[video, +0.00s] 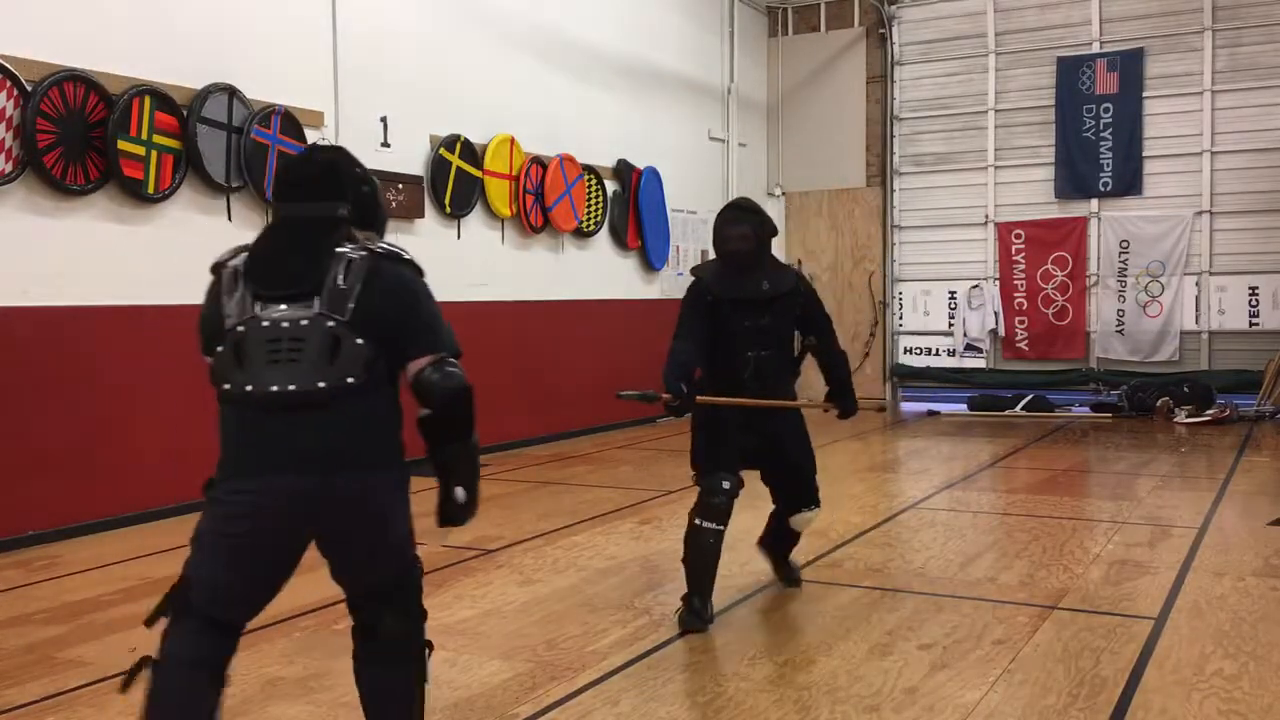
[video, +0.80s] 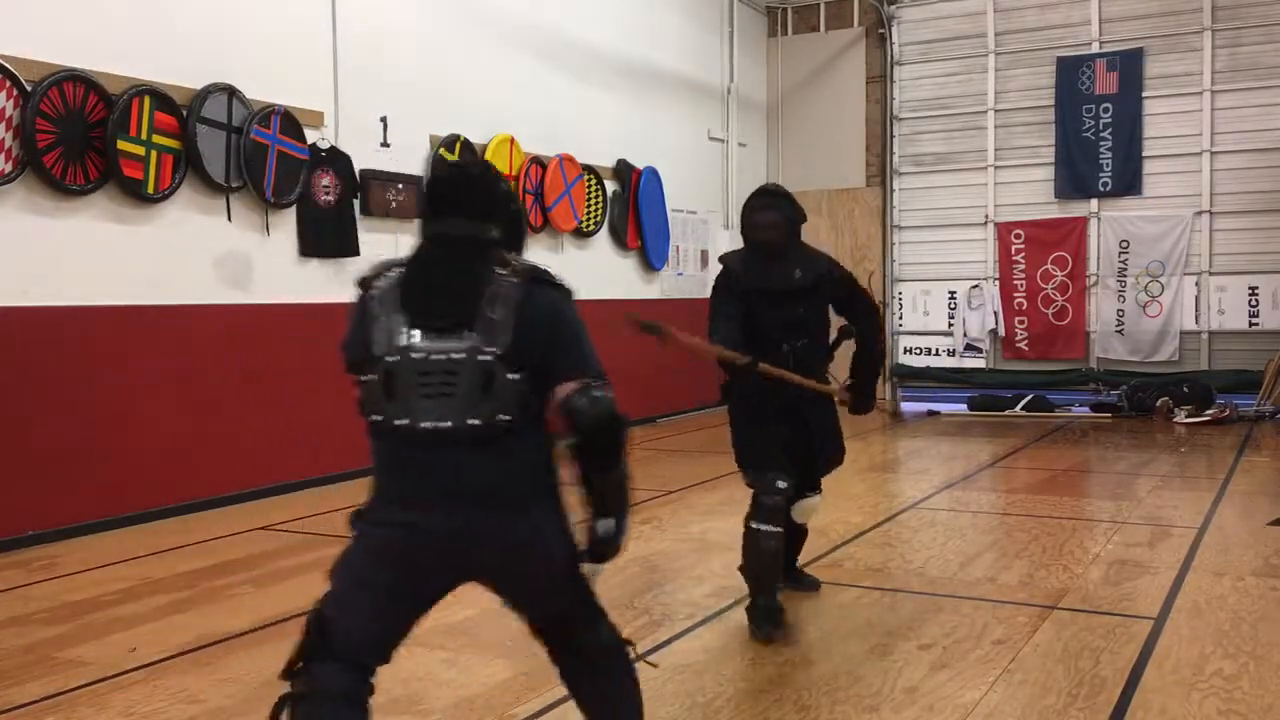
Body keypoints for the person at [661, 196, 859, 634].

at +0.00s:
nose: (737, 251)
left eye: (745, 241)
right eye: (728, 242)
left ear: (764, 240)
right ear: (716, 243)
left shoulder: (790, 285)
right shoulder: (707, 287)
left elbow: (823, 338)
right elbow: (686, 341)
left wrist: (842, 390)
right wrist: (676, 382)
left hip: (776, 407)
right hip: (719, 406)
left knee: (802, 502)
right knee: (716, 494)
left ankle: (776, 546)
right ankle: (698, 597)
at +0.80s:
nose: (765, 236)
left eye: (774, 226)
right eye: (755, 227)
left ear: (795, 226)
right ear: (744, 229)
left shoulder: (820, 270)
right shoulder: (735, 273)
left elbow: (867, 318)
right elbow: (723, 326)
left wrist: (864, 383)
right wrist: (731, 354)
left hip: (807, 397)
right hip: (754, 397)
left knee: (805, 495)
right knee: (771, 493)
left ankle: (787, 565)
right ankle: (762, 600)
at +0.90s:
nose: (767, 248)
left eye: (776, 239)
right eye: (758, 240)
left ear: (795, 240)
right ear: (746, 245)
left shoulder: (821, 283)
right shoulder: (741, 286)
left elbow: (846, 342)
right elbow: (730, 339)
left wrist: (805, 360)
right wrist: (757, 354)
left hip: (807, 403)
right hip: (758, 405)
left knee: (807, 491)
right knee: (787, 503)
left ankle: (784, 553)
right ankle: (767, 606)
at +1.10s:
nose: (780, 247)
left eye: (790, 237)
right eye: (771, 237)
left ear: (809, 242)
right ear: (758, 243)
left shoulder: (827, 287)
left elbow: (861, 357)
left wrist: (831, 358)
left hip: (816, 409)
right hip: (765, 413)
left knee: (833, 502)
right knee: (798, 508)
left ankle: (796, 552)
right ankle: (768, 606)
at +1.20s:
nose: (786, 236)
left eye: (796, 227)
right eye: (778, 227)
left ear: (813, 233)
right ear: (763, 231)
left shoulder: (827, 279)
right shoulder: (745, 281)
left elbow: (869, 335)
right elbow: (730, 339)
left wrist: (871, 379)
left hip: (821, 400)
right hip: (769, 404)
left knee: (843, 484)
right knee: (798, 501)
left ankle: (820, 552)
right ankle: (769, 606)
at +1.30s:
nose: (802, 244)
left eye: (810, 235)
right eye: (793, 235)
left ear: (821, 238)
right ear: (775, 236)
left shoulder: (830, 286)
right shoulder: (759, 284)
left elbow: (870, 340)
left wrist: (891, 395)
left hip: (823, 398)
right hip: (774, 400)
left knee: (848, 478)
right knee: (794, 492)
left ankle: (832, 556)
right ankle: (773, 584)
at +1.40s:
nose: (820, 252)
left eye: (823, 242)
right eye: (810, 243)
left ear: (827, 245)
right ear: (788, 246)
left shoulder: (829, 291)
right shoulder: (764, 289)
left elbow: (872, 343)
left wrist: (917, 390)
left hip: (826, 407)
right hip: (780, 410)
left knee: (854, 490)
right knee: (788, 497)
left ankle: (831, 564)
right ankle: (773, 598)